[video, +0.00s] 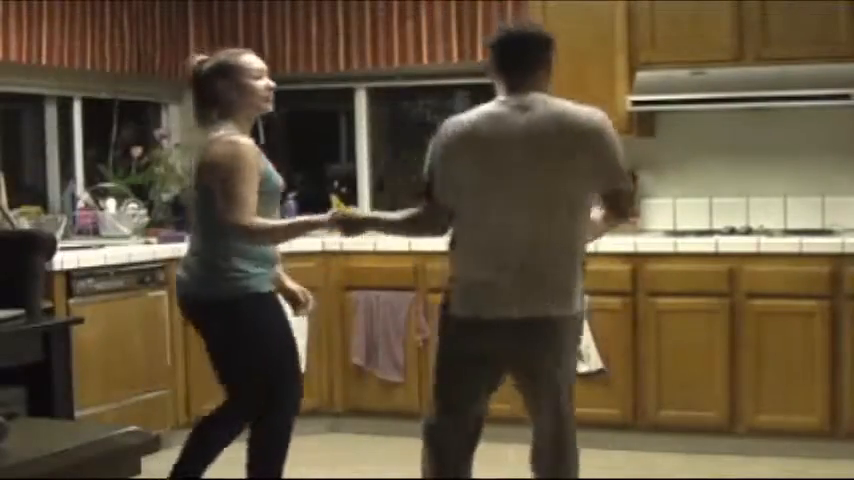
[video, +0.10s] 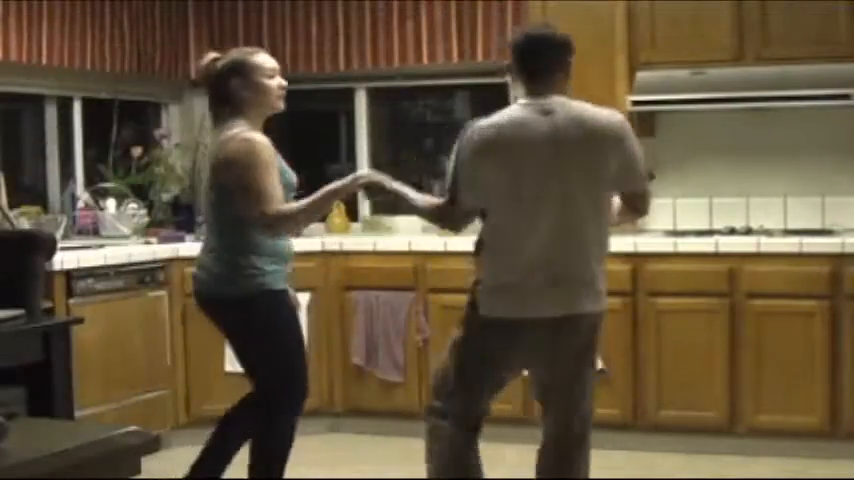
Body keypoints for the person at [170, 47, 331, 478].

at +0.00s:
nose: (271, 84)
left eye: (268, 76)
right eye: (259, 77)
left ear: (235, 92)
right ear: (228, 88)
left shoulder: (223, 146)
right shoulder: (236, 148)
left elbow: (235, 232)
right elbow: (239, 223)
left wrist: (280, 280)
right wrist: (316, 223)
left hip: (211, 291)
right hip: (236, 293)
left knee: (245, 398)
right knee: (282, 393)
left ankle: (183, 474)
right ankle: (264, 474)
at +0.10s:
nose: (283, 83)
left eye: (280, 75)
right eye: (272, 76)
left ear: (244, 90)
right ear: (241, 87)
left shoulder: (234, 141)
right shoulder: (249, 145)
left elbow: (265, 218)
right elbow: (273, 220)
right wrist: (345, 187)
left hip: (229, 286)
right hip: (250, 288)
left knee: (270, 390)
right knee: (287, 391)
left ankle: (202, 473)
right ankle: (266, 474)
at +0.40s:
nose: (306, 92)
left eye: (303, 84)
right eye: (296, 86)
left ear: (262, 97)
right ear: (265, 95)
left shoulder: (241, 145)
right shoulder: (287, 152)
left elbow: (254, 225)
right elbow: (342, 219)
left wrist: (302, 266)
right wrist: (405, 190)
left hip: (243, 282)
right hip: (275, 289)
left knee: (296, 387)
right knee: (307, 391)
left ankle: (262, 473)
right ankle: (267, 474)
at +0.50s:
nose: (315, 91)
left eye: (312, 83)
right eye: (304, 85)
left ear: (272, 97)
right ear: (274, 95)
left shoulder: (256, 144)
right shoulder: (292, 151)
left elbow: (283, 221)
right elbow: (350, 214)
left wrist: (347, 242)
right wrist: (416, 191)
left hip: (254, 281)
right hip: (279, 287)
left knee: (302, 386)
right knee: (322, 389)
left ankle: (261, 473)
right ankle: (269, 474)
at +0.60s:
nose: (330, 85)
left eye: (327, 76)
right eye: (319, 78)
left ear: (291, 89)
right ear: (288, 87)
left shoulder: (285, 141)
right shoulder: (295, 143)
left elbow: (313, 224)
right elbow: (357, 204)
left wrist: (386, 226)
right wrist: (426, 182)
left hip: (274, 276)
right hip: (284, 279)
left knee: (299, 379)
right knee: (347, 378)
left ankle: (252, 474)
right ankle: (304, 472)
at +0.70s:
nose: (352, 84)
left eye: (349, 77)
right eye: (340, 78)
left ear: (328, 89)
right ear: (309, 88)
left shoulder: (340, 140)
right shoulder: (308, 146)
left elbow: (364, 216)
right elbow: (368, 205)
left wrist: (423, 215)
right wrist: (442, 187)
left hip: (318, 280)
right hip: (295, 281)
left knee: (303, 383)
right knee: (362, 375)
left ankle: (246, 472)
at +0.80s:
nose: (381, 93)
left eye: (378, 86)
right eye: (370, 87)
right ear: (339, 98)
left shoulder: (379, 153)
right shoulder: (333, 158)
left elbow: (401, 219)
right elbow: (395, 218)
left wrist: (477, 204)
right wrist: (470, 201)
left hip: (355, 291)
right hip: (327, 291)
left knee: (314, 392)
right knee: (397, 378)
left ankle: (247, 471)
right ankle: (425, 474)